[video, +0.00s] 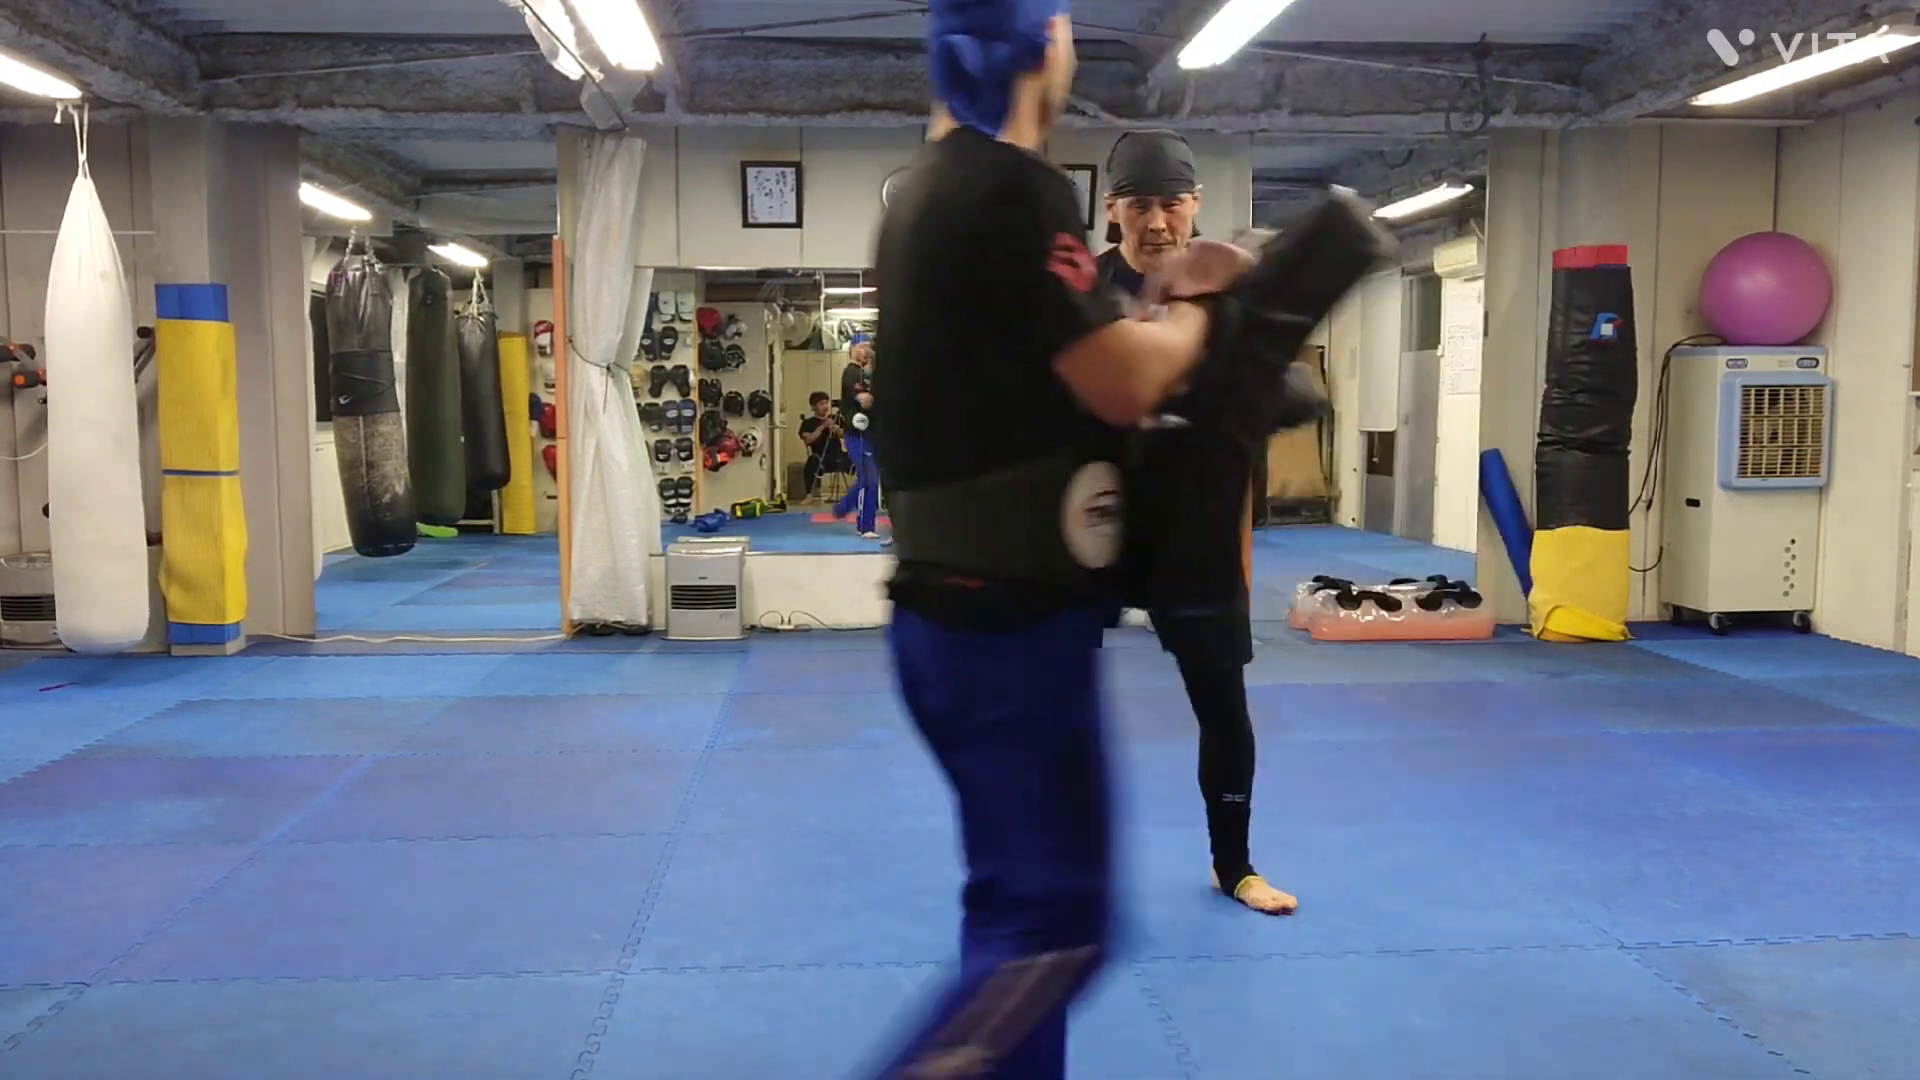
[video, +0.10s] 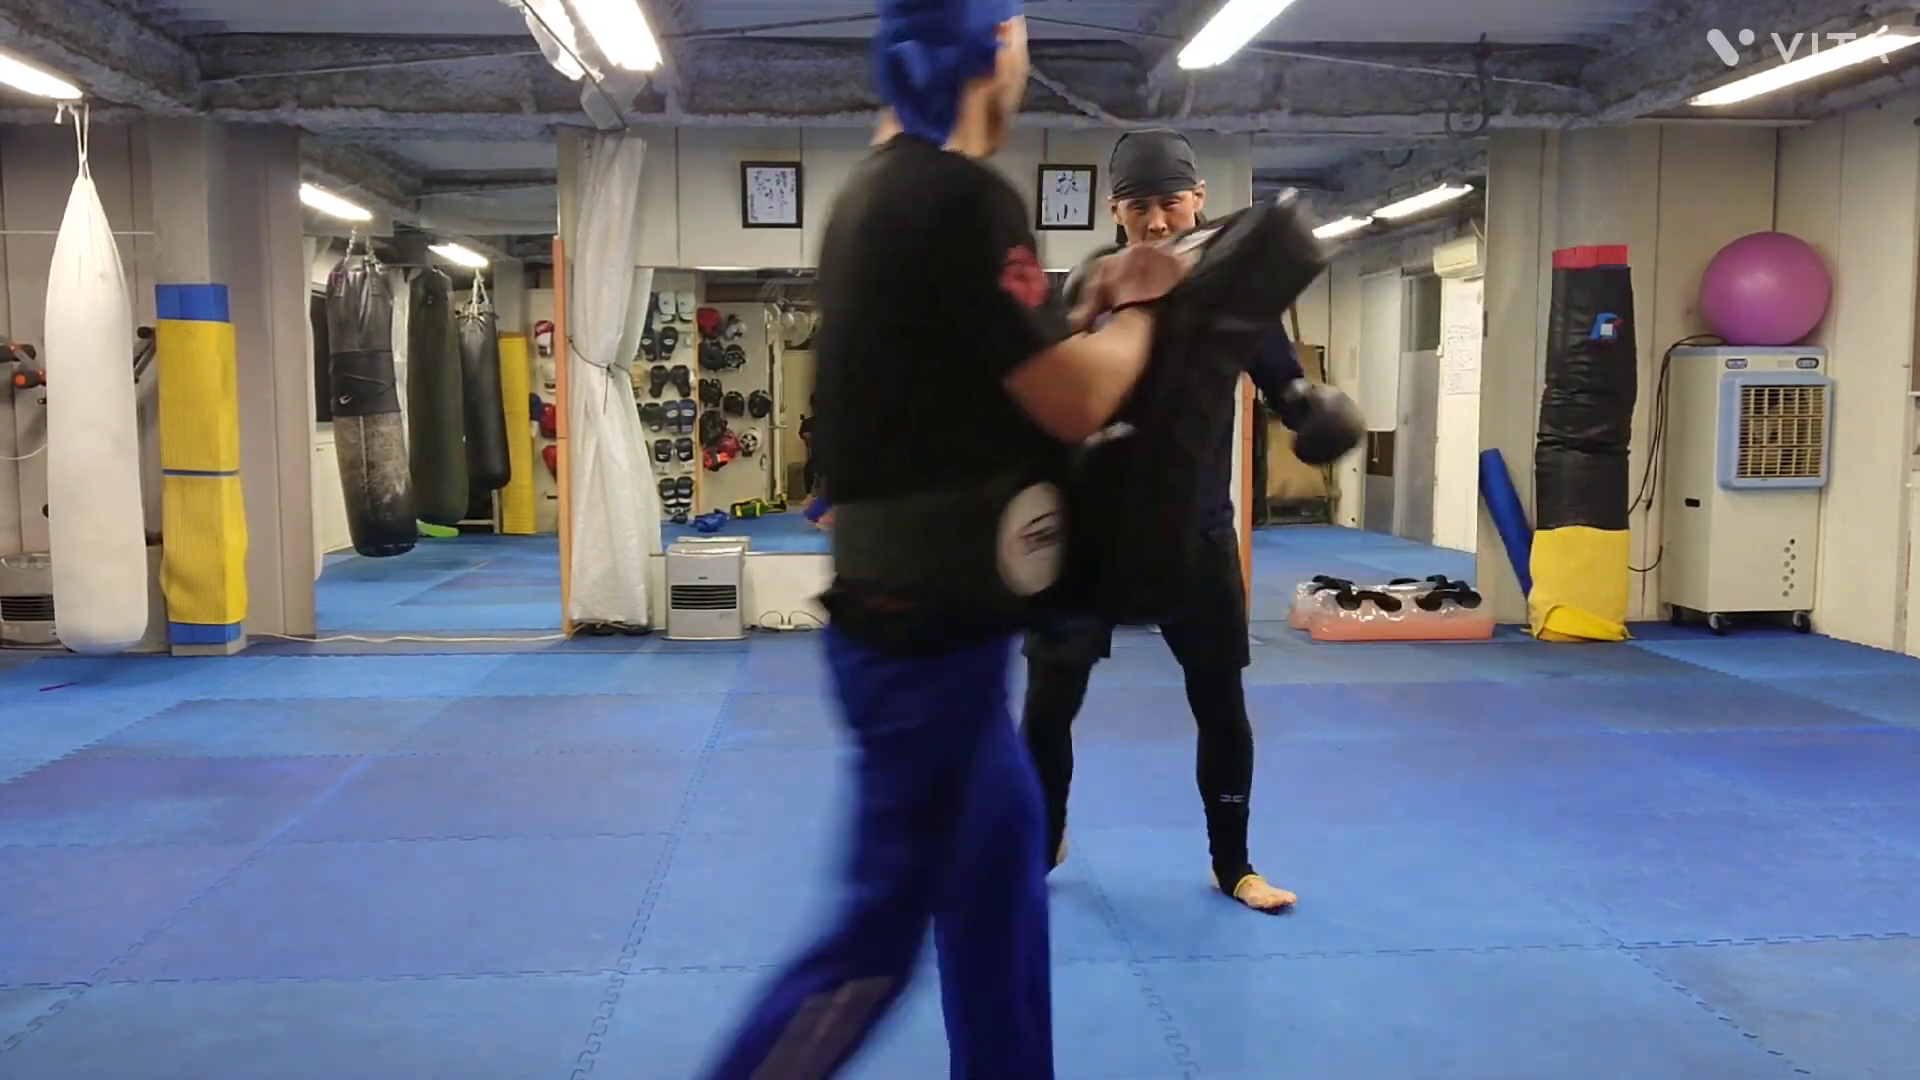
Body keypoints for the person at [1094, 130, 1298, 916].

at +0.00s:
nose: (1156, 223)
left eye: (1171, 205)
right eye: (1138, 206)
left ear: (1196, 210)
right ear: (1110, 211)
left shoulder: (1226, 299)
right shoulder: (1082, 293)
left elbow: (1254, 421)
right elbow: (1043, 402)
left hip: (1193, 529)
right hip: (1081, 526)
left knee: (1223, 702)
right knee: (1041, 690)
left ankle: (1234, 867)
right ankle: (1037, 874)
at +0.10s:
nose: (1153, 219)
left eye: (1167, 202)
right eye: (1137, 203)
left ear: (1196, 201)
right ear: (1116, 208)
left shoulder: (1228, 285)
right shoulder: (1085, 290)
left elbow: (1283, 383)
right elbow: (1045, 395)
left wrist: (1318, 420)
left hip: (1193, 525)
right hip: (1088, 523)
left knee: (1221, 701)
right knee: (1048, 696)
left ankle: (1232, 865)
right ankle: (1041, 841)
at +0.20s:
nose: (1147, 217)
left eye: (1160, 198)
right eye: (1130, 202)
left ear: (1193, 195)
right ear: (1111, 209)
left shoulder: (1224, 285)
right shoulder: (1085, 287)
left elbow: (1288, 385)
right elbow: (1032, 394)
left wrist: (1325, 426)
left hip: (1189, 527)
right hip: (1088, 525)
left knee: (1220, 702)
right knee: (1036, 700)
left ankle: (1231, 867)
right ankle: (1042, 842)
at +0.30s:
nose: (1136, 215)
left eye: (1147, 197)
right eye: (1118, 202)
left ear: (1178, 192)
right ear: (1098, 211)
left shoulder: (1224, 285)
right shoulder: (1074, 288)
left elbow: (1293, 389)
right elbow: (1016, 402)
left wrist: (1226, 359)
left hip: (1181, 535)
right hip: (1079, 533)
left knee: (1211, 700)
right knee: (997, 680)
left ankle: (1233, 869)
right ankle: (1021, 858)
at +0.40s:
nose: (1110, 206)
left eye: (1122, 188)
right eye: (1094, 191)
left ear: (1155, 196)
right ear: (1075, 202)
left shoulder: (1208, 274)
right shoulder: (1058, 275)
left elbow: (1248, 359)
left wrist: (1126, 295)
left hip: (1175, 532)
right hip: (1069, 530)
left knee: (1206, 697)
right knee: (985, 683)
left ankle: (1231, 868)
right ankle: (991, 892)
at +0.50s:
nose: (1067, 215)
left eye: (1073, 200)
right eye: (1057, 203)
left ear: (1098, 200)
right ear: (1043, 208)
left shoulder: (1151, 258)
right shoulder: (1039, 267)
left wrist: (1028, 237)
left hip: (1160, 534)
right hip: (1058, 538)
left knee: (1202, 706)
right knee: (966, 700)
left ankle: (1234, 866)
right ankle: (982, 927)